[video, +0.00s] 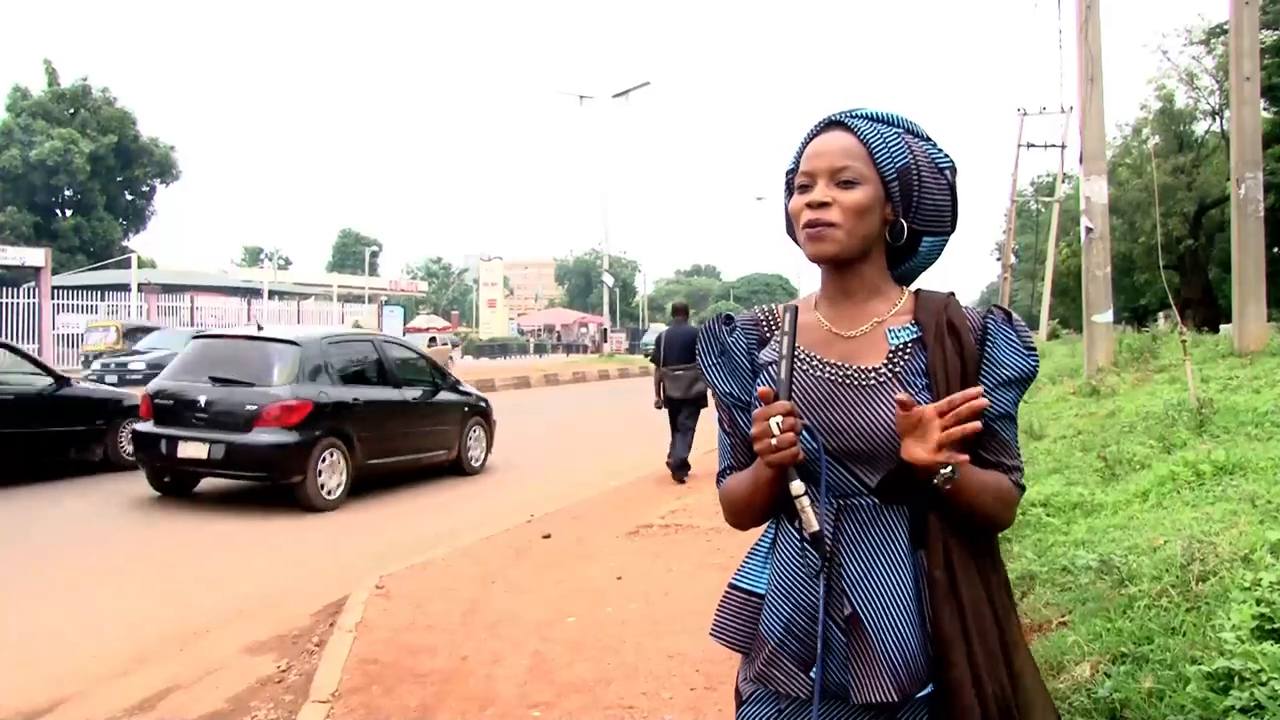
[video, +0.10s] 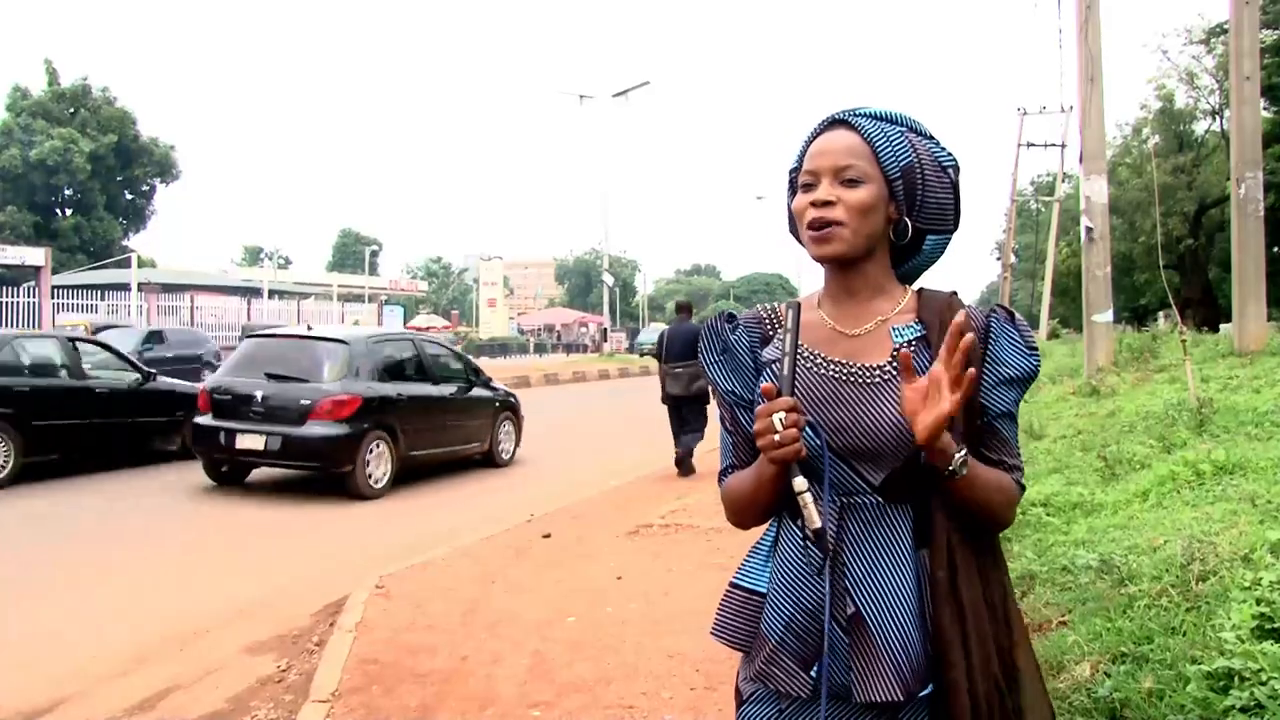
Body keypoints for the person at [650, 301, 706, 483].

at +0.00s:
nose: (682, 318)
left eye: (678, 315)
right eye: (684, 314)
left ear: (672, 316)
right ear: (688, 315)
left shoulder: (663, 337)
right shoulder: (697, 334)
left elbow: (658, 368)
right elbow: (705, 361)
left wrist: (657, 395)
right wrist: (710, 384)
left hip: (671, 385)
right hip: (693, 383)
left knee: (676, 425)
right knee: (687, 426)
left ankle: (676, 458)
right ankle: (678, 463)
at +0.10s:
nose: (687, 316)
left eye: (683, 313)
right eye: (688, 313)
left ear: (676, 313)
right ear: (691, 313)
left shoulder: (665, 334)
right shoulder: (699, 332)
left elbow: (661, 364)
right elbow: (707, 359)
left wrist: (663, 389)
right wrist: (713, 384)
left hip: (673, 384)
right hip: (696, 383)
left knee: (677, 423)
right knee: (698, 423)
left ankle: (685, 461)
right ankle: (684, 449)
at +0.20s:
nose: (690, 315)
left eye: (687, 312)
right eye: (692, 312)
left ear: (679, 312)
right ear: (694, 313)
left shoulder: (668, 332)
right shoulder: (701, 332)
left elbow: (662, 354)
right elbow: (708, 355)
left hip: (673, 383)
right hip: (697, 382)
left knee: (677, 422)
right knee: (703, 419)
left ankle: (682, 464)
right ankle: (693, 449)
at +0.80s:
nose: (710, 317)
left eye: (708, 313)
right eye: (713, 314)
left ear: (703, 314)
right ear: (718, 314)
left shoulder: (694, 333)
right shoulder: (723, 334)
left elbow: (687, 355)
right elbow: (728, 358)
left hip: (698, 381)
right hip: (718, 381)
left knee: (700, 417)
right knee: (714, 418)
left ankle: (699, 448)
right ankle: (712, 456)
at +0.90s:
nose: (711, 319)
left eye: (710, 316)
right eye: (713, 316)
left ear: (705, 316)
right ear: (719, 316)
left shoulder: (697, 336)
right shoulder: (726, 335)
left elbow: (691, 363)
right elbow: (732, 361)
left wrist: (687, 387)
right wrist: (732, 382)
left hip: (703, 386)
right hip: (722, 384)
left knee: (703, 420)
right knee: (715, 421)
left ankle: (706, 453)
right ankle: (712, 458)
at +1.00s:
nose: (714, 322)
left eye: (714, 318)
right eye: (715, 319)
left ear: (706, 319)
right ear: (720, 319)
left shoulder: (700, 337)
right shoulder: (727, 337)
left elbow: (693, 363)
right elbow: (733, 362)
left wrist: (690, 386)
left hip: (706, 386)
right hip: (724, 385)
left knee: (708, 418)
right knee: (719, 419)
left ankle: (711, 449)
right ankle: (714, 454)